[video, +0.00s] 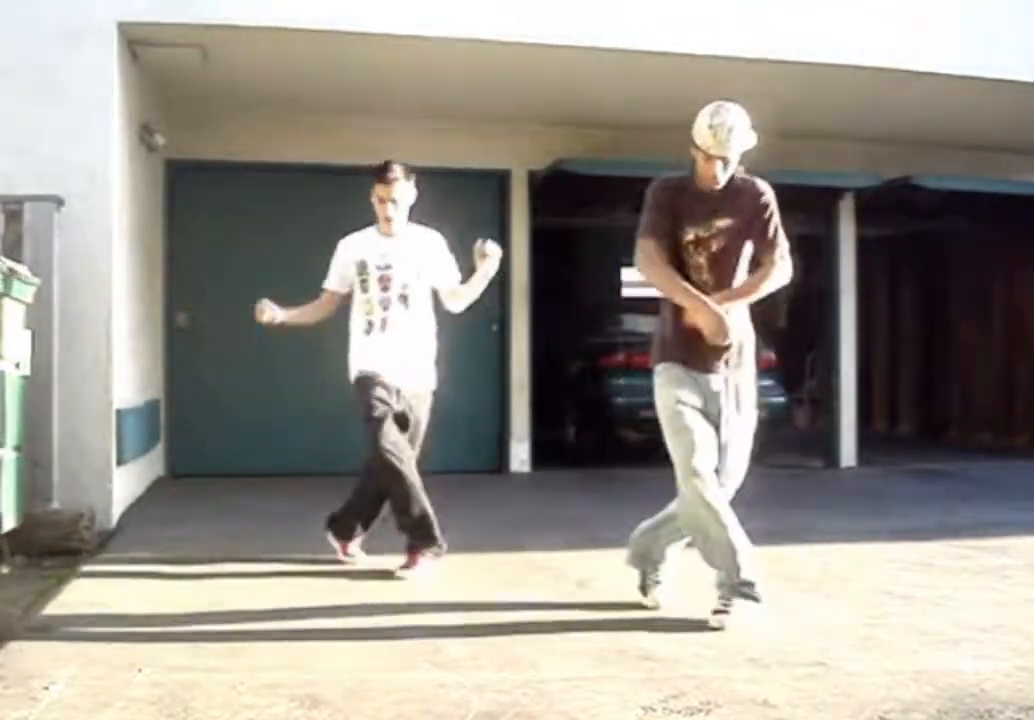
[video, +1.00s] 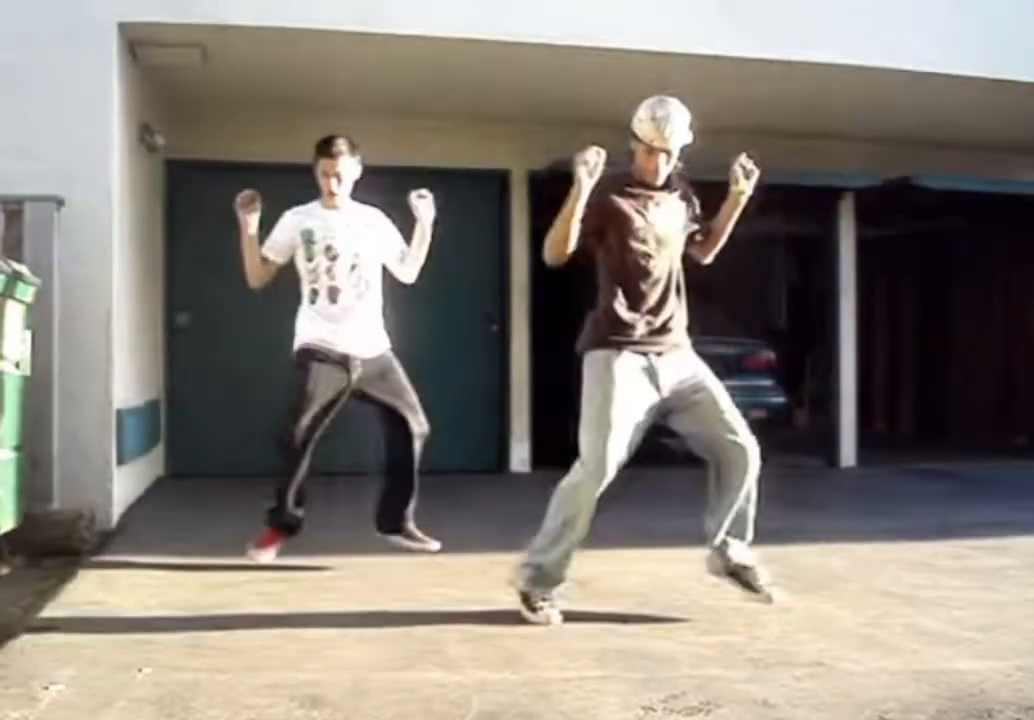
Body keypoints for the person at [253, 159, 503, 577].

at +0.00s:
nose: (388, 208)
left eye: (396, 200)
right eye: (382, 199)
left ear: (412, 197)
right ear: (372, 198)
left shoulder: (430, 244)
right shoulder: (352, 247)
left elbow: (455, 301)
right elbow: (326, 306)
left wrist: (486, 270)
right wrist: (282, 315)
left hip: (418, 367)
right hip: (371, 362)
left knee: (399, 457)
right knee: (387, 446)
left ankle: (346, 528)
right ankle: (425, 542)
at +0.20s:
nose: (442, 202)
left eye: (449, 194)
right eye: (435, 194)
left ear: (466, 191)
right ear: (427, 191)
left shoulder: (481, 237)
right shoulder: (408, 237)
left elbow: (511, 283)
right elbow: (372, 289)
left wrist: (534, 247)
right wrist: (348, 264)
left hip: (477, 361)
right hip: (424, 360)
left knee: (517, 439)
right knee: (398, 448)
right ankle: (365, 540)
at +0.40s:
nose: (470, 221)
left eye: (477, 213)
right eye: (463, 213)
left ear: (490, 214)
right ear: (451, 213)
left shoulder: (506, 257)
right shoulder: (432, 260)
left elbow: (546, 300)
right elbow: (387, 311)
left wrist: (552, 251)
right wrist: (387, 258)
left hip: (504, 384)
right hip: (453, 383)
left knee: (545, 459)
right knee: (421, 464)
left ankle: (554, 535)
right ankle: (371, 547)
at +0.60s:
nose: (433, 182)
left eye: (440, 174)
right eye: (426, 173)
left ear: (448, 177)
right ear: (410, 172)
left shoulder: (461, 221)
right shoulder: (383, 220)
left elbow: (493, 271)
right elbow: (349, 276)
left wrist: (466, 278)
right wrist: (384, 282)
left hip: (454, 339)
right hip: (406, 338)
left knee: (481, 430)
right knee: (422, 428)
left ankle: (450, 514)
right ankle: (442, 529)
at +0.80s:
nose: (378, 197)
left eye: (385, 188)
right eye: (371, 188)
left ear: (399, 188)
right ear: (359, 188)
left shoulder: (416, 237)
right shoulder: (339, 237)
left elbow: (438, 301)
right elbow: (320, 304)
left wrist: (446, 257)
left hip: (407, 354)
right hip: (362, 350)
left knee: (400, 449)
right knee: (377, 436)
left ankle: (362, 531)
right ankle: (432, 530)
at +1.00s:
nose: (333, 182)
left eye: (341, 174)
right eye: (326, 174)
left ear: (356, 174)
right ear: (316, 174)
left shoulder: (373, 221)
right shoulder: (298, 220)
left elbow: (408, 270)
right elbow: (257, 277)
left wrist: (424, 222)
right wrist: (249, 230)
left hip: (373, 348)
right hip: (322, 347)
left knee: (413, 427)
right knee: (298, 436)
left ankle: (396, 521)